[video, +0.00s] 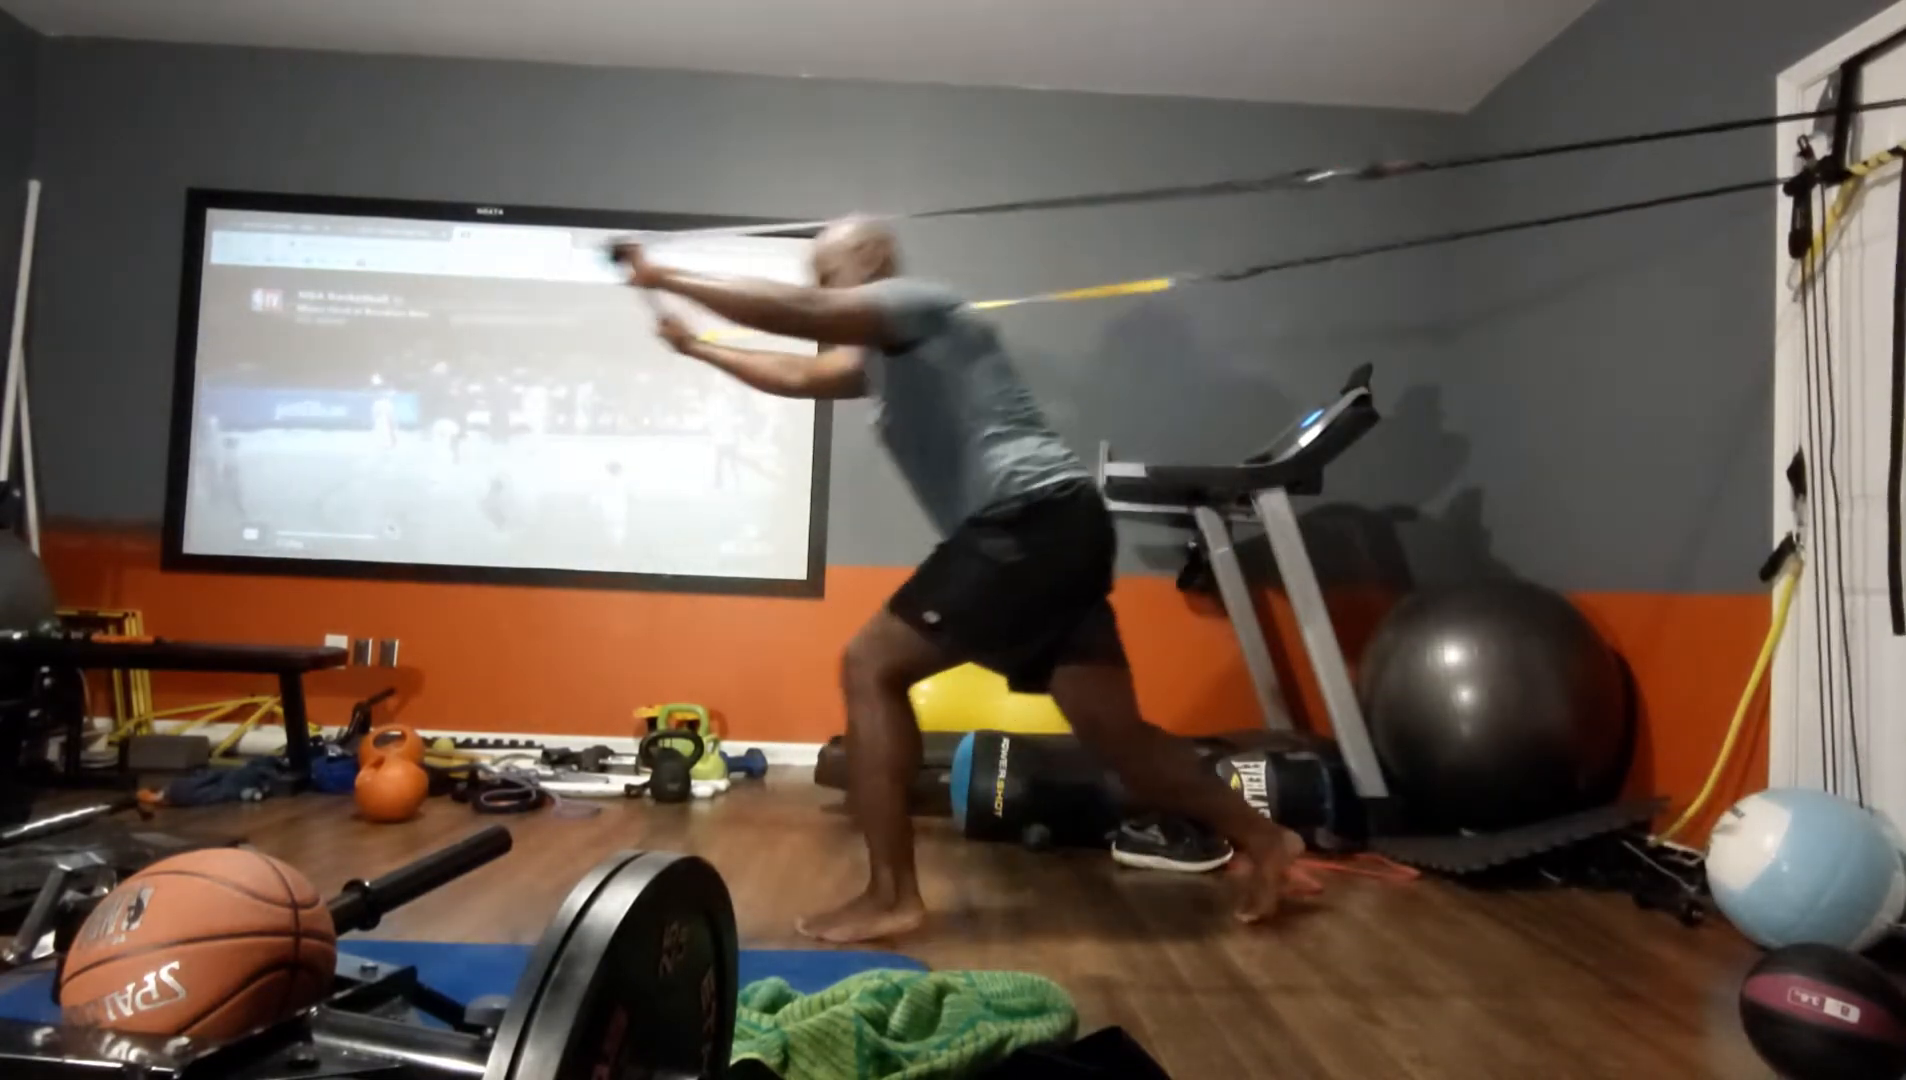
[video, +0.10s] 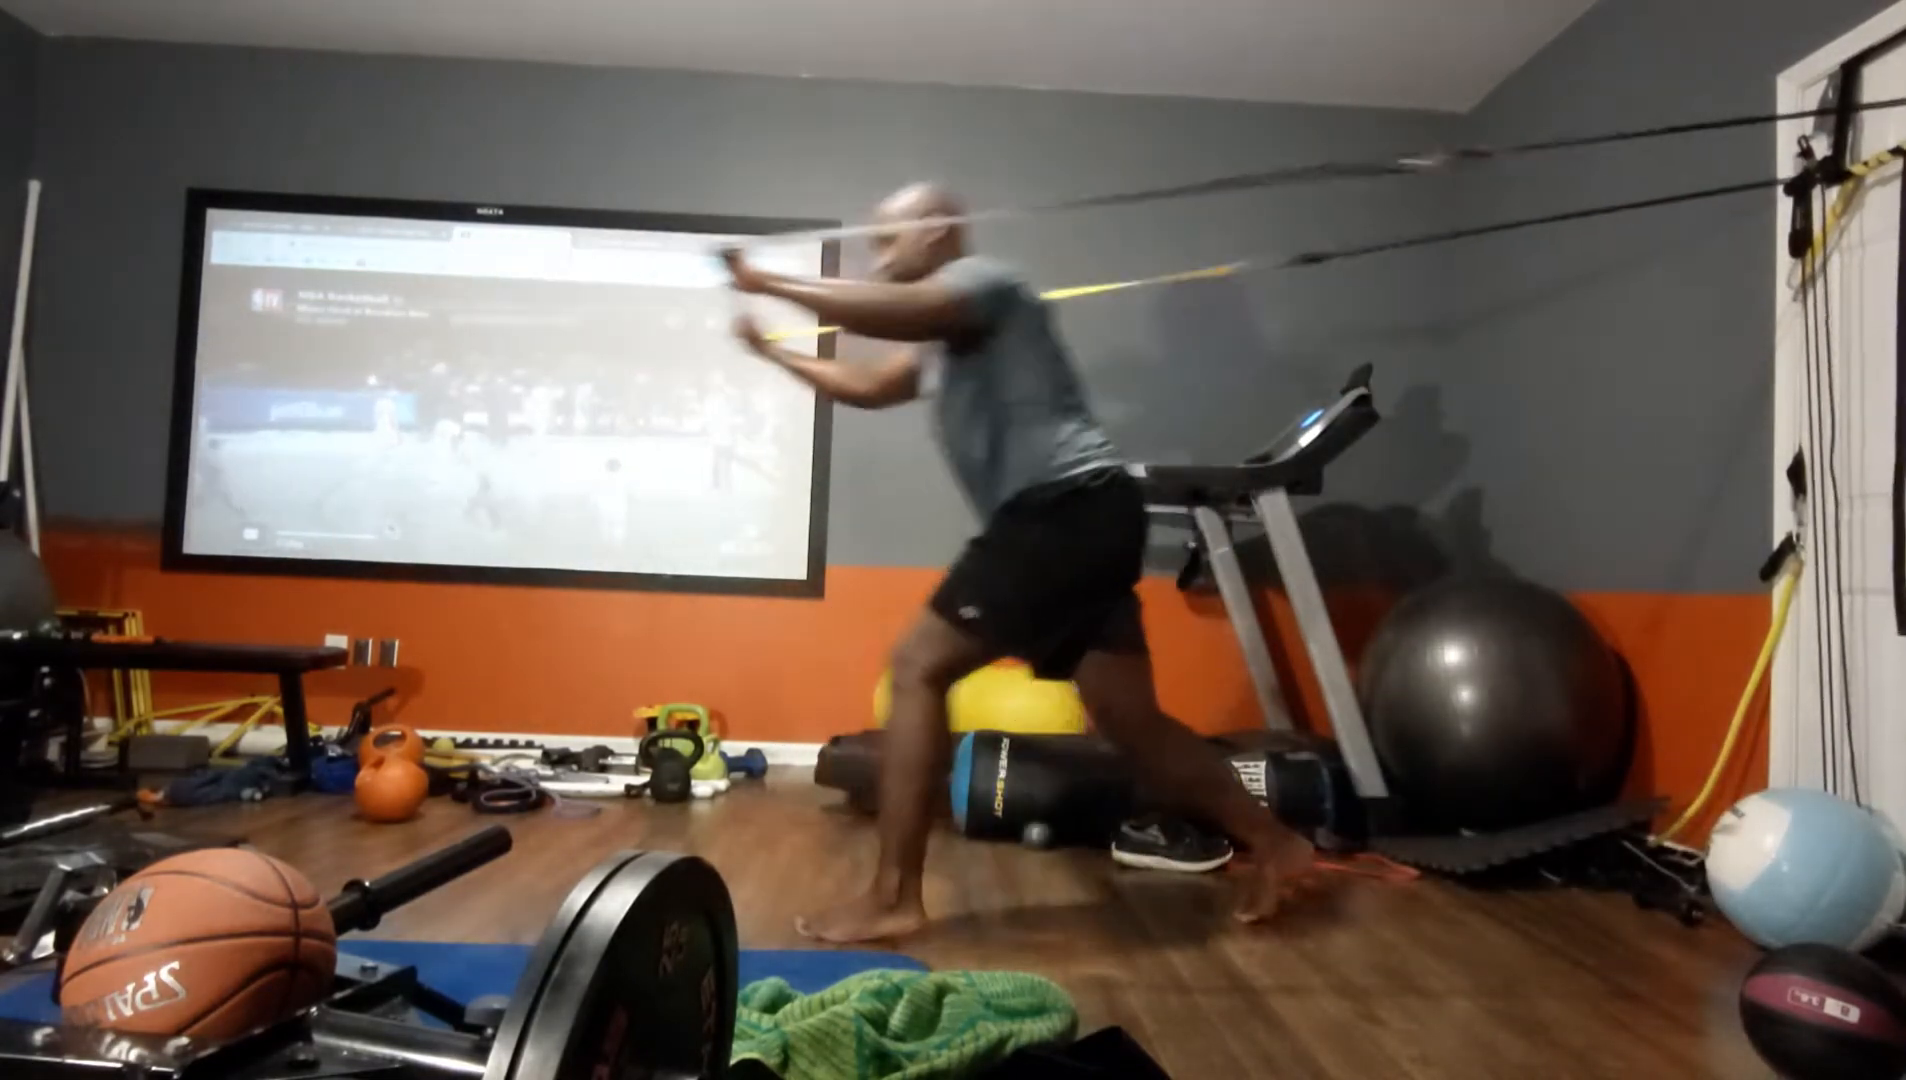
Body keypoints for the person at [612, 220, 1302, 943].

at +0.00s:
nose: (814, 277)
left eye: (824, 261)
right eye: (812, 269)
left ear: (874, 256)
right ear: (850, 280)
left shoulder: (926, 308)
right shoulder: (885, 364)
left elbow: (805, 309)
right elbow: (790, 374)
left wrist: (674, 276)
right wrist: (693, 340)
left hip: (1033, 521)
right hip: (1051, 530)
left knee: (869, 667)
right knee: (1120, 740)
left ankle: (890, 896)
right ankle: (1266, 845)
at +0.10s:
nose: (876, 255)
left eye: (889, 237)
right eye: (875, 241)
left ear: (940, 231)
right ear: (918, 240)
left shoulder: (987, 283)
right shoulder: (943, 332)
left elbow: (893, 310)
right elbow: (869, 386)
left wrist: (768, 282)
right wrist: (770, 349)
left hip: (1066, 513)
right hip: (1077, 520)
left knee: (916, 665)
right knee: (1130, 722)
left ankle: (892, 895)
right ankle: (1280, 851)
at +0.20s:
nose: (942, 227)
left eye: (955, 210)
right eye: (941, 217)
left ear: (1006, 210)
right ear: (966, 227)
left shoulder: (1054, 265)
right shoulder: (1002, 326)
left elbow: (1016, 319)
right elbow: (948, 394)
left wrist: (882, 289)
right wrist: (852, 346)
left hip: (1106, 496)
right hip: (1107, 505)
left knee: (980, 673)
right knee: (1160, 706)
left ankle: (899, 884)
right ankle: (1288, 854)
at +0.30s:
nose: (995, 220)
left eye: (1008, 202)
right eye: (996, 205)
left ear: (1056, 202)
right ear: (1043, 207)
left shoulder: (1097, 254)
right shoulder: (1056, 299)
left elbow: (1126, 325)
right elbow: (1034, 406)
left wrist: (992, 312)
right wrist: (945, 368)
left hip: (1146, 490)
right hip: (1147, 496)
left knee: (1031, 675)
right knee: (1183, 705)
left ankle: (968, 889)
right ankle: (1297, 858)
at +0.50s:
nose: (1060, 207)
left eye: (1074, 190)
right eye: (1061, 194)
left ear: (1123, 193)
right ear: (1115, 198)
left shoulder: (1165, 250)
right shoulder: (1123, 291)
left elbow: (1254, 329)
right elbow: (1150, 409)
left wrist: (1140, 346)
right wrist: (1070, 401)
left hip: (1212, 482)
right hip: (1219, 485)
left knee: (1123, 674)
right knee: (1213, 694)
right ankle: (1304, 859)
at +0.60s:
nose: (1087, 199)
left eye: (1100, 181)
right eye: (1088, 185)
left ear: (1149, 187)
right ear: (1133, 195)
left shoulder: (1193, 244)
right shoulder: (1150, 283)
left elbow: (1287, 320)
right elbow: (1186, 393)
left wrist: (1181, 347)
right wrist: (1113, 406)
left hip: (1245, 477)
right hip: (1221, 483)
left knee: (1185, 681)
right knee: (1225, 690)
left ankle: (1332, 852)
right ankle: (1312, 858)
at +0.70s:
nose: (1109, 197)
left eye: (1124, 181)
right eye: (1110, 184)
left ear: (1174, 189)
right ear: (1158, 193)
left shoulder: (1218, 246)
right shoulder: (1169, 285)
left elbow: (1319, 321)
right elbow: (1202, 393)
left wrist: (1216, 352)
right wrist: (1139, 406)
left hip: (1274, 487)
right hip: (1225, 496)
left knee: (1253, 690)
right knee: (1239, 691)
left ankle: (1423, 845)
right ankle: (1313, 874)